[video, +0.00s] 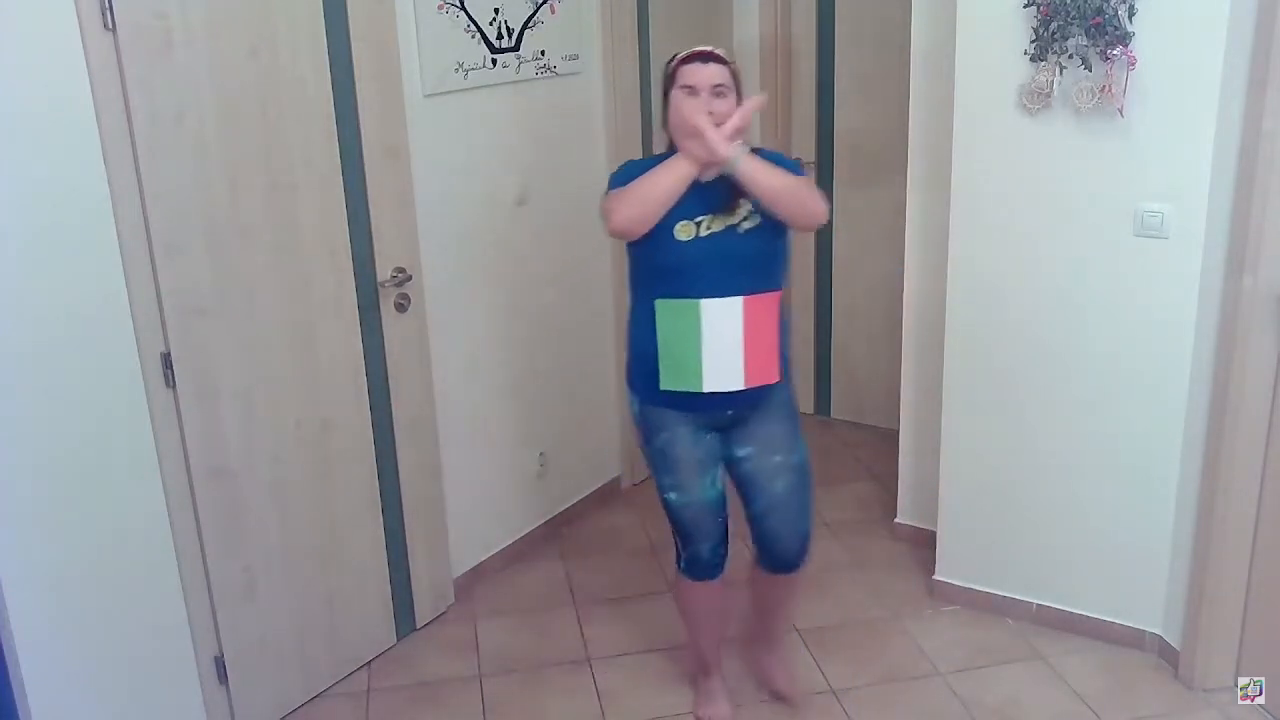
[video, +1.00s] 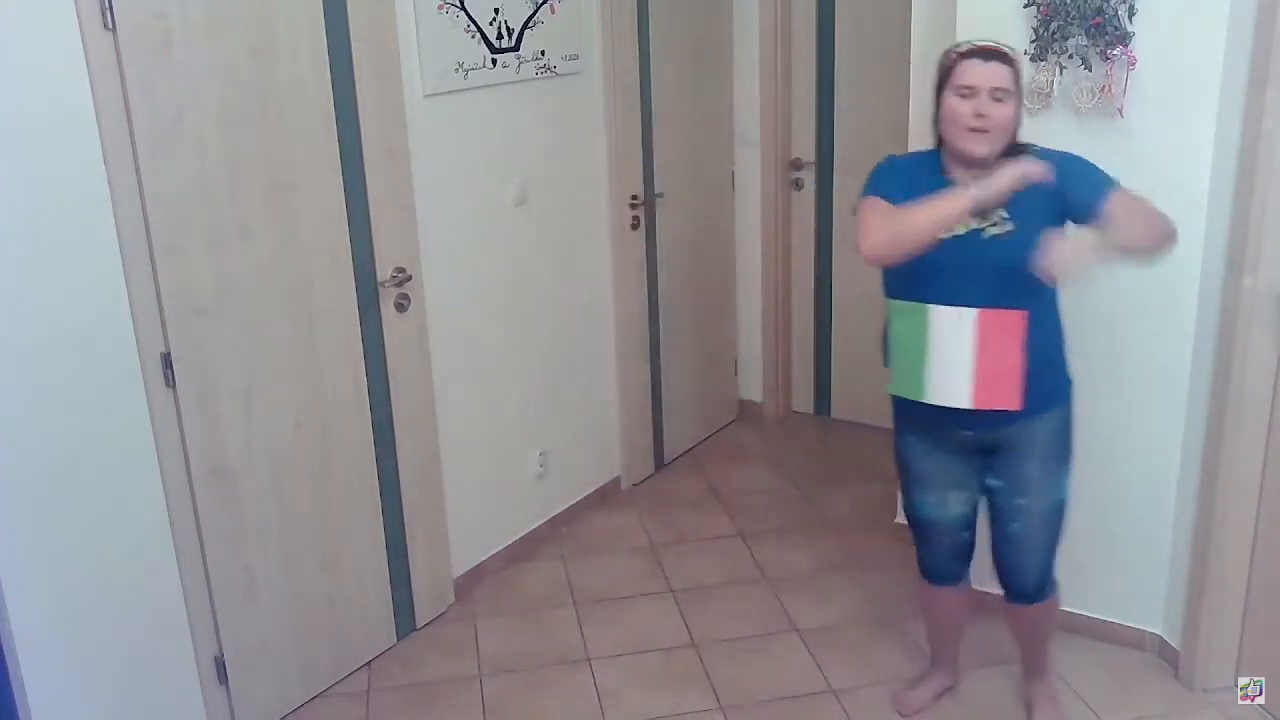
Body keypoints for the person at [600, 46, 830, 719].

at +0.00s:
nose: (707, 104)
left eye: (720, 93)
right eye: (690, 93)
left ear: (740, 106)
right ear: (667, 108)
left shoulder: (770, 166)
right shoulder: (641, 175)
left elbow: (812, 211)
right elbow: (623, 221)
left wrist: (729, 154)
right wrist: (701, 153)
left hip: (763, 393)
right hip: (672, 400)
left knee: (787, 541)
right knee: (703, 549)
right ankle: (710, 676)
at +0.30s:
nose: (786, 114)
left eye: (802, 102)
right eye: (771, 100)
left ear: (823, 117)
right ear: (744, 113)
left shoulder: (857, 179)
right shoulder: (720, 182)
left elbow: (915, 218)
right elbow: (709, 229)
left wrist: (814, 160)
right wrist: (796, 157)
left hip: (848, 418)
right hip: (752, 417)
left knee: (840, 584)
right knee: (743, 571)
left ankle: (846, 705)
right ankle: (739, 681)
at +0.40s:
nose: (824, 123)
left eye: (838, 110)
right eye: (808, 109)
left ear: (858, 124)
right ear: (781, 123)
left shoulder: (887, 192)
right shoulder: (755, 185)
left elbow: (957, 225)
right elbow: (746, 233)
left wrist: (859, 167)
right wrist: (834, 164)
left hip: (877, 425)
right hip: (784, 421)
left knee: (850, 599)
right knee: (774, 577)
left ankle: (842, 706)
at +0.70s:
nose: (902, 126)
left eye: (918, 113)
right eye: (886, 111)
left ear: (940, 129)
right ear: (860, 125)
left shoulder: (965, 203)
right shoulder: (827, 190)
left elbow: (1056, 233)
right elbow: (823, 240)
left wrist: (958, 183)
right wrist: (912, 180)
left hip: (954, 426)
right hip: (861, 425)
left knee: (904, 593)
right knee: (880, 575)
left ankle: (887, 707)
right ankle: (938, 655)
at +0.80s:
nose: (930, 105)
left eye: (946, 94)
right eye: (914, 92)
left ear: (967, 112)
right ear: (888, 108)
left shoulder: (996, 180)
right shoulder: (855, 176)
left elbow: (1101, 202)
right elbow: (833, 224)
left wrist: (1000, 178)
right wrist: (928, 167)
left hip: (979, 411)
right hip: (885, 411)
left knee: (953, 580)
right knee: (909, 568)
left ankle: (949, 698)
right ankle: (940, 676)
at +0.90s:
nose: (948, 99)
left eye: (966, 88)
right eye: (933, 85)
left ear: (987, 107)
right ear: (907, 102)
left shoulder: (1017, 166)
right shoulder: (873, 169)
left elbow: (1131, 192)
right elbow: (848, 219)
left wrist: (1024, 189)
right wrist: (949, 160)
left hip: (997, 404)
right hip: (901, 404)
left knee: (989, 572)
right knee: (924, 558)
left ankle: (997, 684)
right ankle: (938, 666)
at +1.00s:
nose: (980, 110)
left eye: (998, 97)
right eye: (965, 94)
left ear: (1019, 112)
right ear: (938, 105)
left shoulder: (1051, 173)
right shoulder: (900, 175)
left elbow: (1156, 228)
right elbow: (873, 244)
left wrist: (1092, 241)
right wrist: (981, 193)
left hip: (1029, 413)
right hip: (930, 412)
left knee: (1028, 575)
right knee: (941, 563)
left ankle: (1038, 680)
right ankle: (944, 669)